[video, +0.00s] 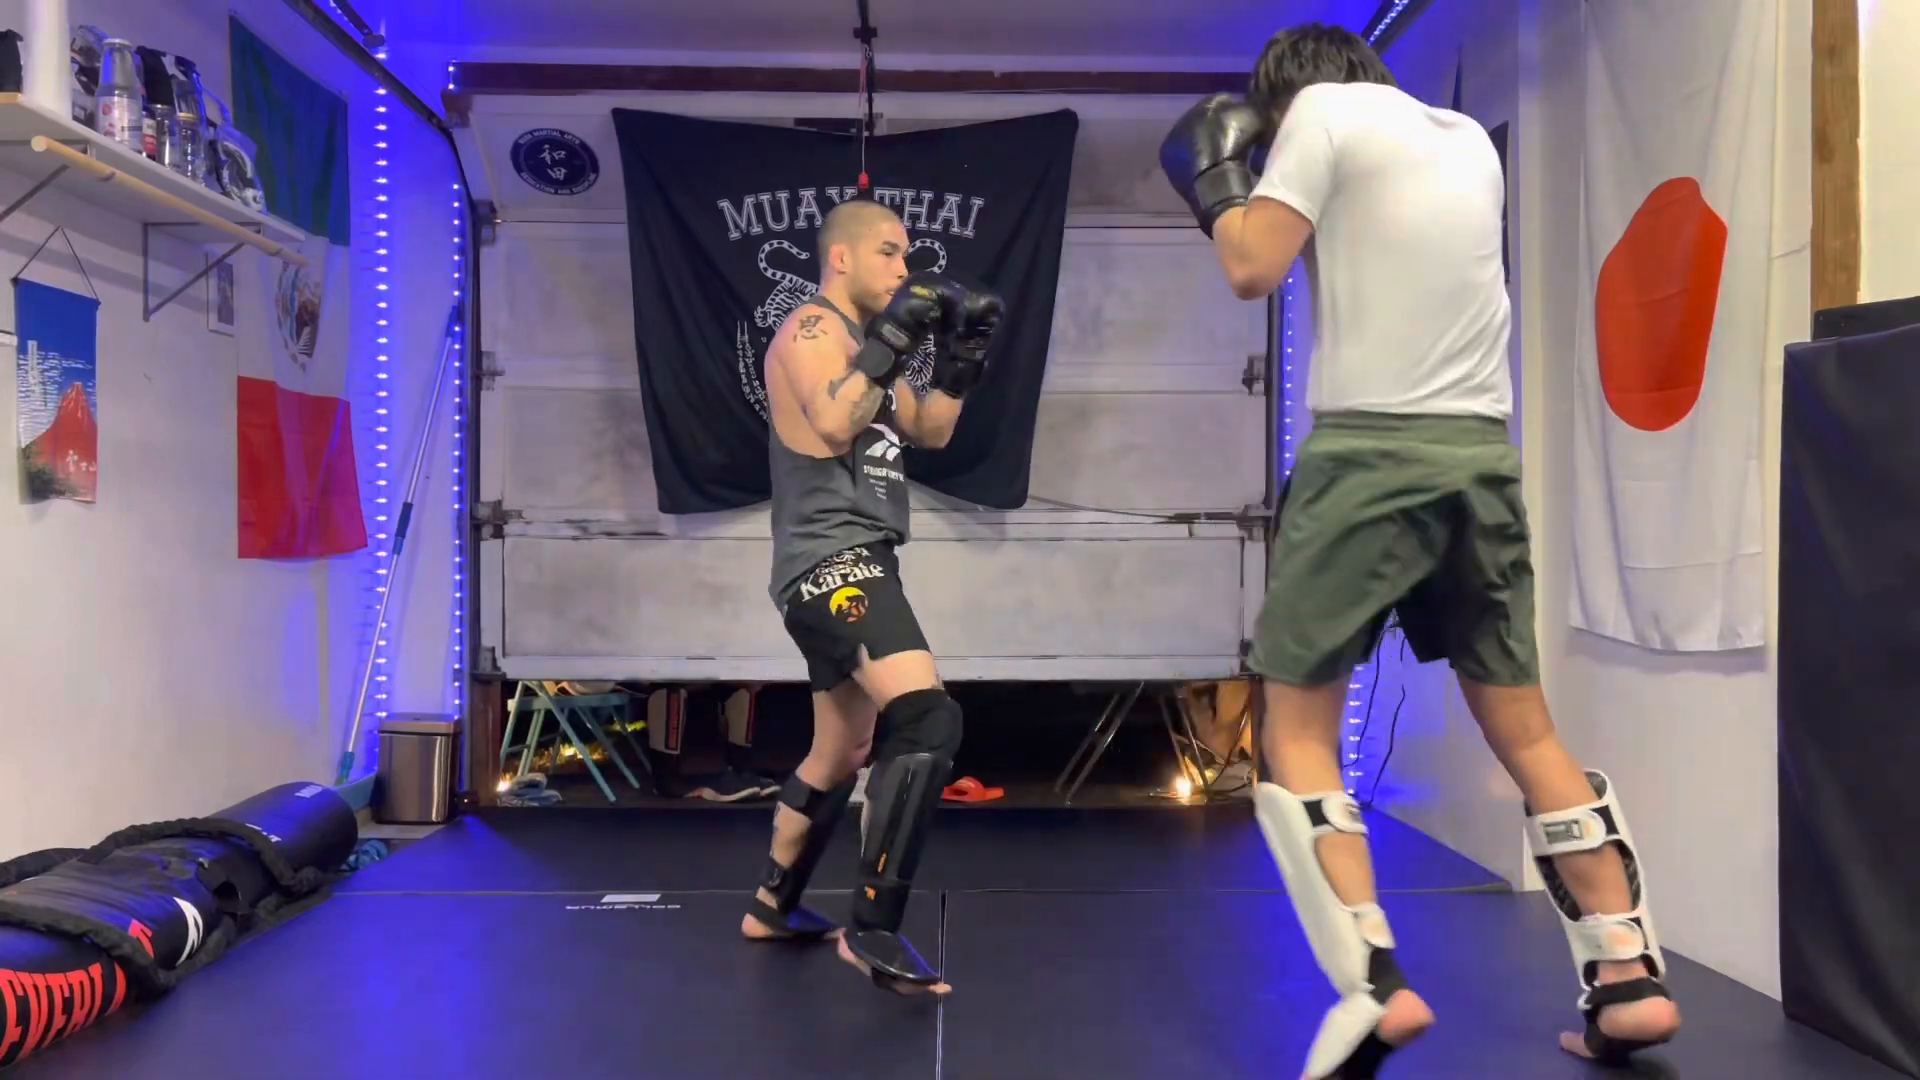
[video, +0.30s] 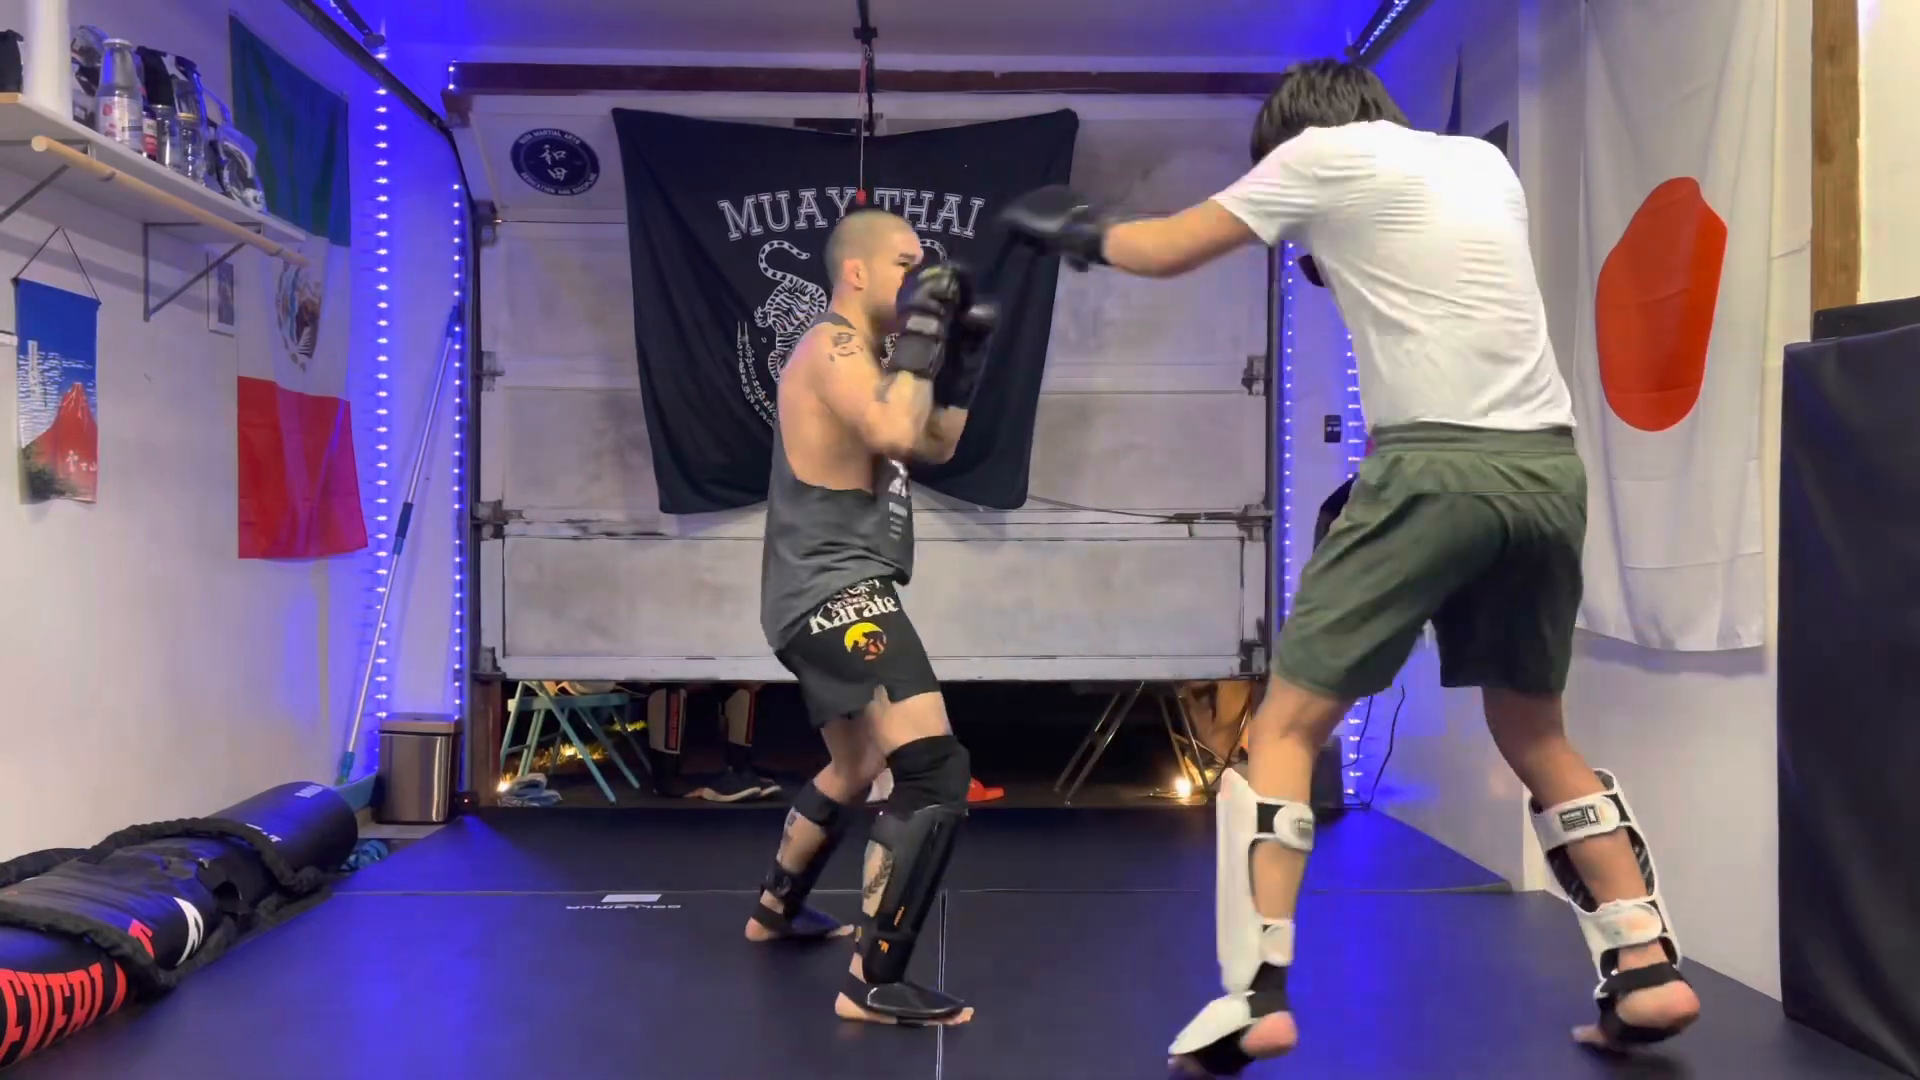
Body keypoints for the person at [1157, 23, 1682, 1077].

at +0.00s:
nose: (1274, 131)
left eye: (1273, 116)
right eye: (1273, 117)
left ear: (1292, 93)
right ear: (1372, 68)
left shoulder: (1320, 112)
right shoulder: (1471, 137)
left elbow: (1251, 262)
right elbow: (1397, 246)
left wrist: (1219, 174)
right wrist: (1281, 166)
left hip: (1366, 460)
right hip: (1483, 461)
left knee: (1302, 732)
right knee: (1527, 733)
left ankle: (1376, 980)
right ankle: (1628, 980)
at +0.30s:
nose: (1275, 179)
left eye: (1275, 164)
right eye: (1270, 166)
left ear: (1296, 135)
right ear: (1379, 111)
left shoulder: (1321, 154)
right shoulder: (1487, 163)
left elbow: (1166, 248)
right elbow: (1463, 297)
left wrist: (1072, 229)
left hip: (1430, 476)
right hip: (1551, 480)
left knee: (1288, 726)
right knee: (1535, 731)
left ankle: (1258, 991)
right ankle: (1647, 967)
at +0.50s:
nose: (1270, 216)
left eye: (1271, 199)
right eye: (1267, 204)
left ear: (1297, 178)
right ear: (1371, 153)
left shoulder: (1308, 207)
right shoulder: (1481, 206)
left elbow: (1186, 324)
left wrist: (1100, 300)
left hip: (1402, 525)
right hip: (1531, 525)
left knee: (1265, 756)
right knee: (1566, 763)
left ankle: (1242, 1016)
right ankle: (1678, 1009)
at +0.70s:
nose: (1196, 265)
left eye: (1189, 239)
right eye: (1184, 245)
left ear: (1232, 210)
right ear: (1274, 192)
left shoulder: (1290, 252)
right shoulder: (1396, 224)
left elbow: (1308, 427)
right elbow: (1382, 375)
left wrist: (1207, 381)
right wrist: (1264, 334)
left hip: (1421, 528)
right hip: (1526, 527)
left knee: (1248, 765)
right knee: (1514, 780)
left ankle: (1257, 1043)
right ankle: (1676, 999)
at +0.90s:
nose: (1177, 289)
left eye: (1170, 262)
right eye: (1169, 269)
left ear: (1201, 234)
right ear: (1261, 212)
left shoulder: (1246, 268)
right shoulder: (1374, 256)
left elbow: (1273, 432)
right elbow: (1354, 400)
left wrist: (1181, 405)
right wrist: (1222, 371)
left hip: (1389, 555)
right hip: (1504, 552)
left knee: (1192, 758)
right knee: (1538, 797)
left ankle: (1248, 1018)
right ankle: (1692, 1009)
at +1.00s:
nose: (1171, 244)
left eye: (1169, 227)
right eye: (1163, 234)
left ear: (1200, 202)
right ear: (1264, 179)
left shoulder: (1212, 234)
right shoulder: (1373, 226)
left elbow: (1136, 398)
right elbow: (1337, 357)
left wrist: (1088, 352)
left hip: (1323, 531)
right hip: (1461, 532)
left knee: (1157, 746)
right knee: (1530, 771)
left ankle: (1164, 998)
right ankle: (1645, 1003)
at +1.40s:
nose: (1154, 220)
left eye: (1155, 194)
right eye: (1148, 198)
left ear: (1207, 171)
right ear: (1248, 165)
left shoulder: (1250, 227)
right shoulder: (1362, 212)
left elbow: (1231, 413)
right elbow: (1302, 368)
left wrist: (1125, 372)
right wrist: (1181, 328)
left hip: (1380, 520)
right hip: (1483, 516)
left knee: (1179, 762)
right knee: (1530, 789)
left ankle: (1201, 1042)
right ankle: (1714, 994)